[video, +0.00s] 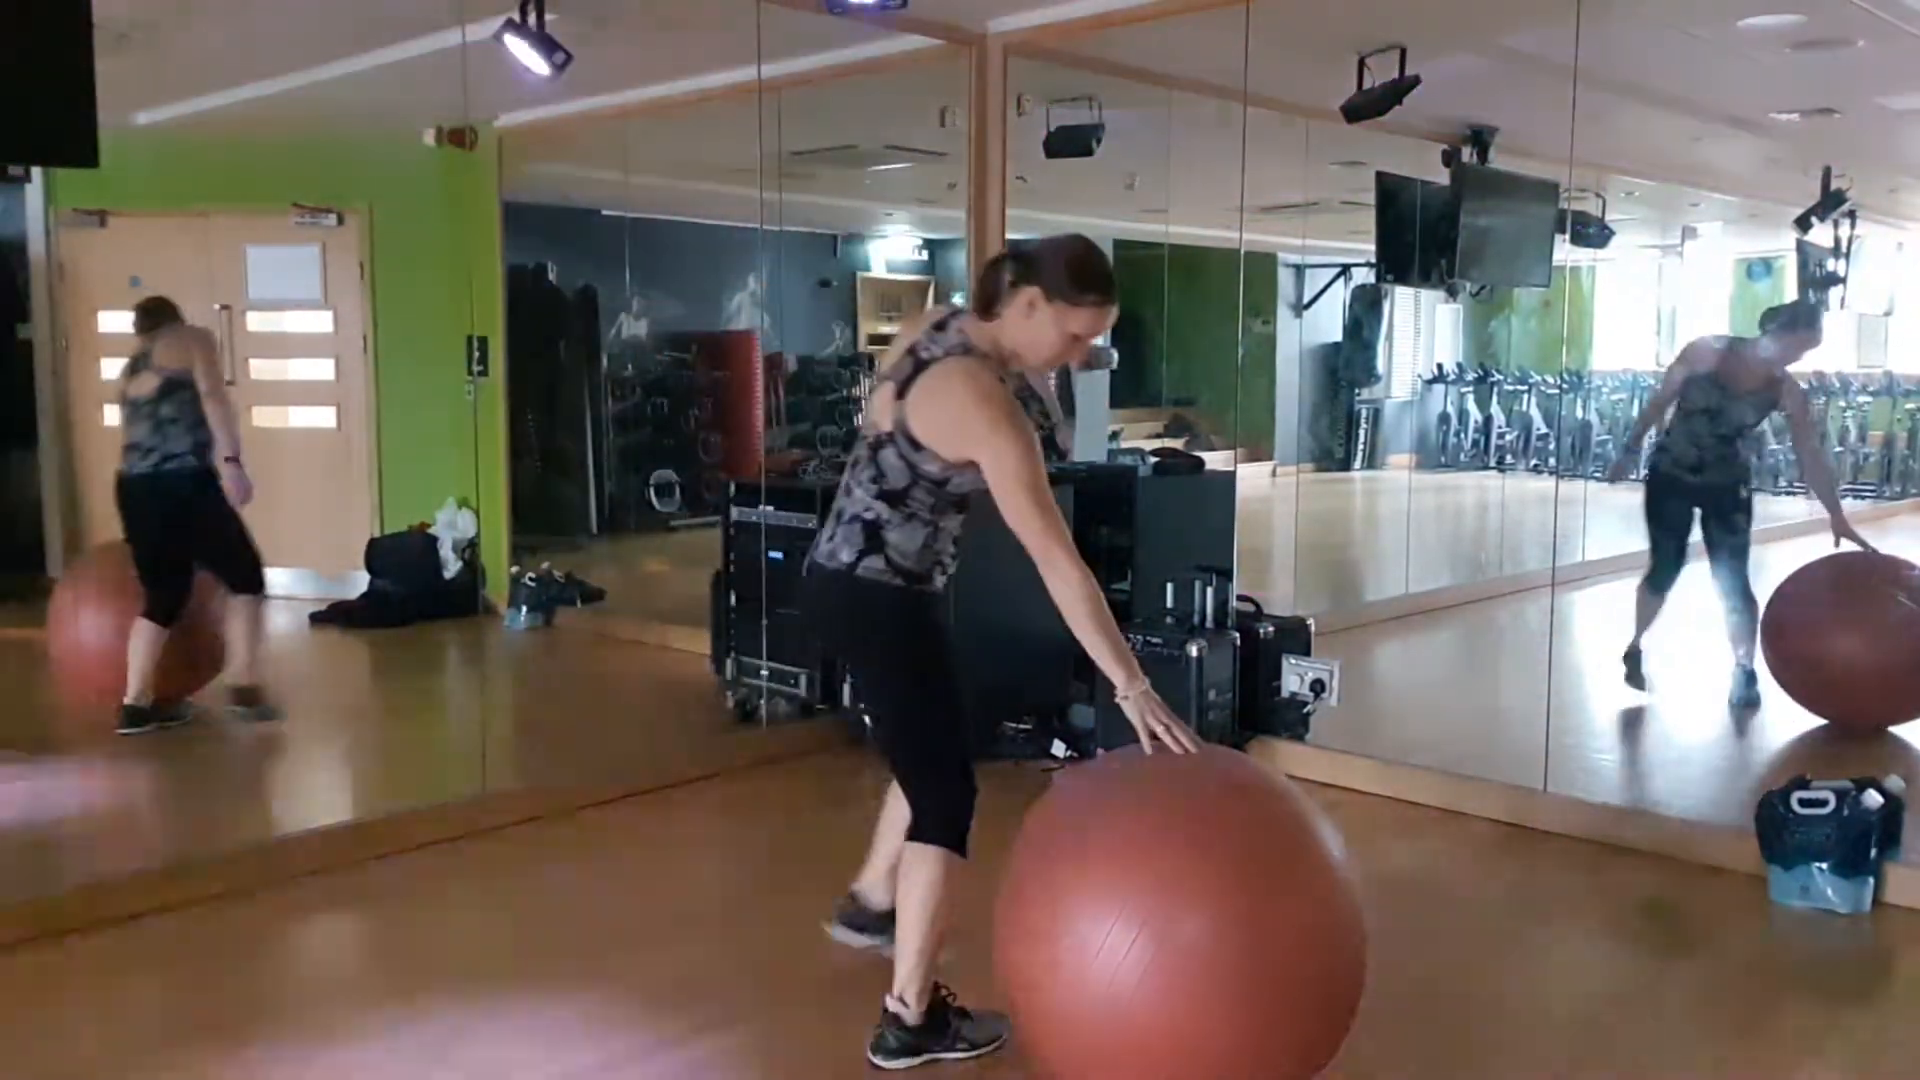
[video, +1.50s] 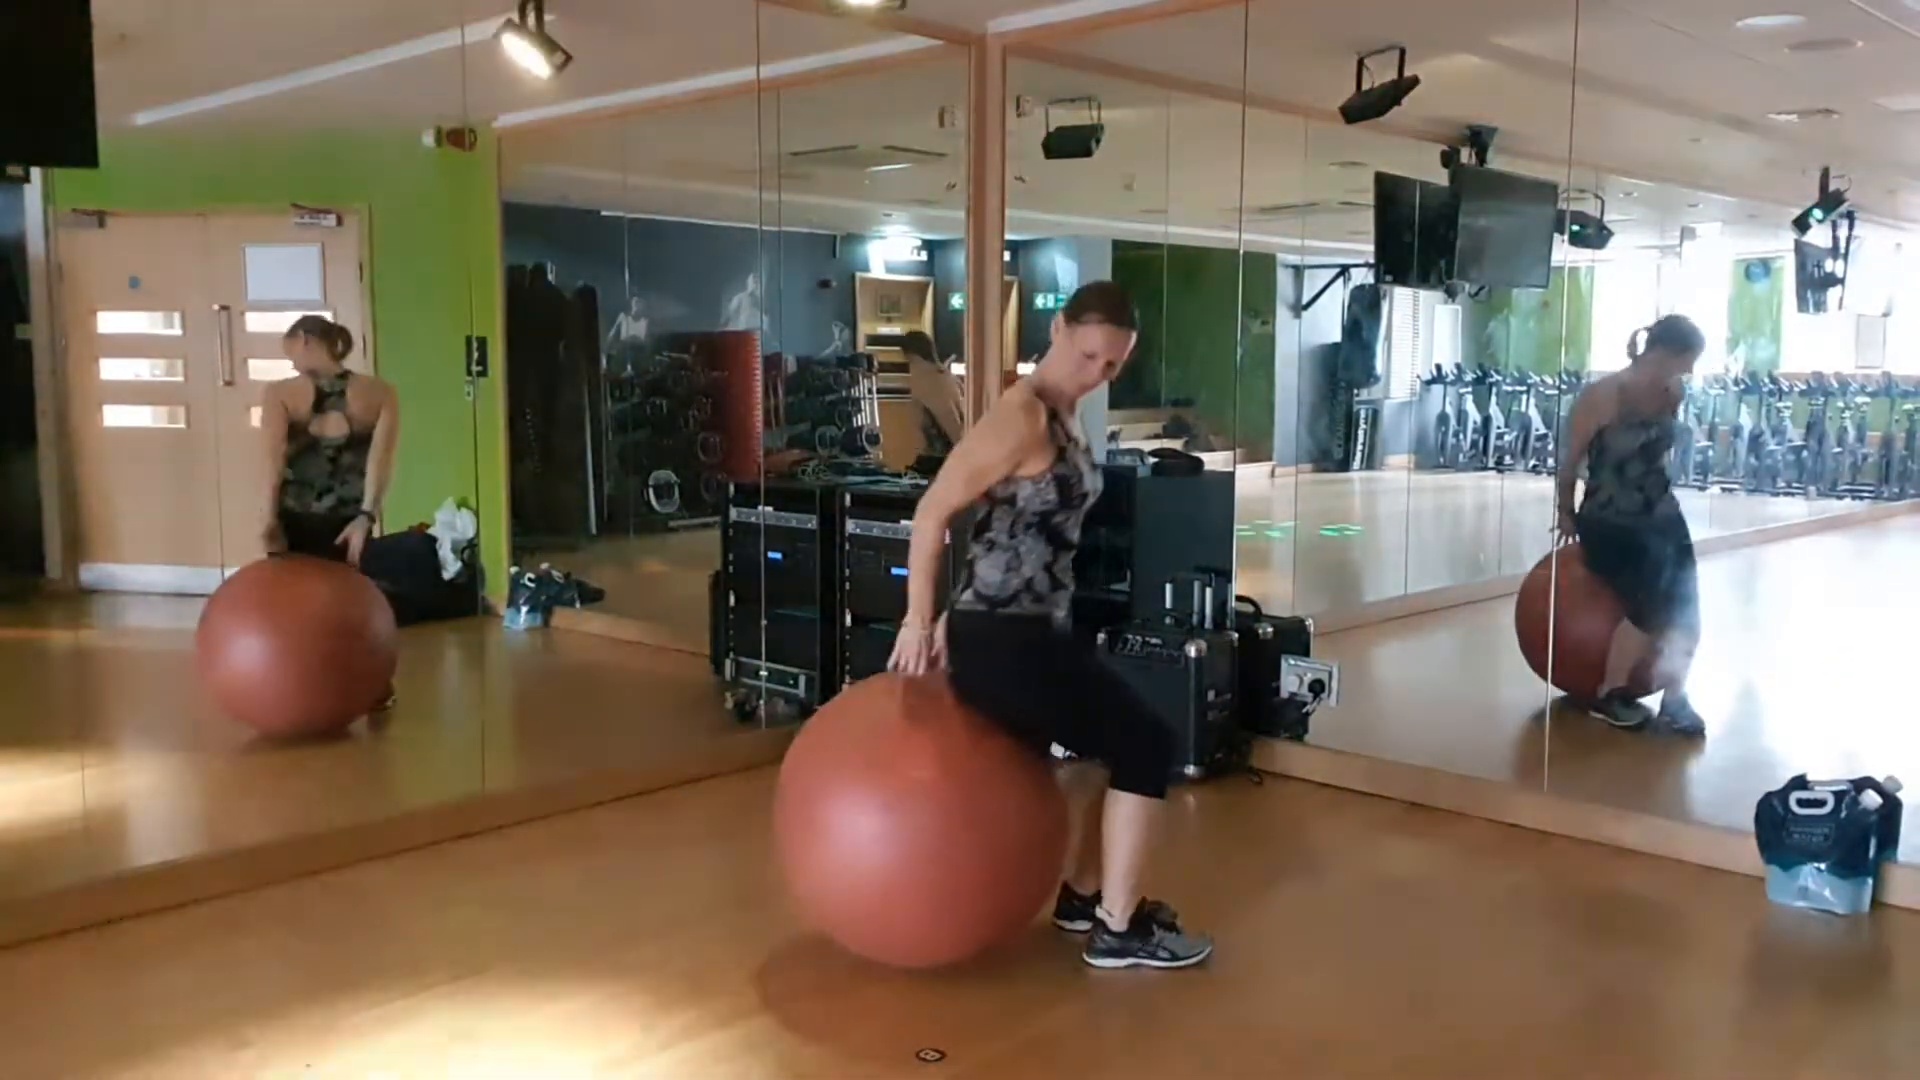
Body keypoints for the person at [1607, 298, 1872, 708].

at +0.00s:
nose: (1800, 356)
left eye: (1807, 349)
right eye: (1801, 345)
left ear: (1796, 344)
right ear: (1778, 333)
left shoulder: (1786, 391)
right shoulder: (1705, 353)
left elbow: (1811, 456)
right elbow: (1660, 401)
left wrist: (1837, 516)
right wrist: (1629, 451)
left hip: (1725, 478)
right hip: (1671, 470)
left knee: (1732, 579)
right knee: (1666, 566)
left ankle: (1744, 671)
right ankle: (1634, 646)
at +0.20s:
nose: (1774, 365)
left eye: (1780, 357)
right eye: (1774, 353)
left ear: (1771, 351)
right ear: (1751, 338)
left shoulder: (1753, 395)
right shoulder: (1676, 350)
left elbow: (1776, 460)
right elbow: (1632, 399)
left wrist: (1811, 517)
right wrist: (1600, 439)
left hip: (1680, 480)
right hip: (1626, 470)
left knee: (1697, 582)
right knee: (1610, 572)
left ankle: (1734, 667)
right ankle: (1576, 670)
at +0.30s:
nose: (1760, 368)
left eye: (1765, 361)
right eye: (1761, 357)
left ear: (1742, 349)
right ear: (1738, 343)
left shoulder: (1729, 393)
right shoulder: (1659, 356)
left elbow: (1742, 461)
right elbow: (1607, 408)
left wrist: (1776, 522)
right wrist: (1572, 464)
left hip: (1659, 491)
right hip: (1606, 483)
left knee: (1664, 589)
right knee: (1597, 581)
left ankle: (1699, 652)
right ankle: (1571, 673)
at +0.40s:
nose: (1742, 366)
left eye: (1747, 361)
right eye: (1743, 356)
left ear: (1729, 346)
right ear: (1722, 339)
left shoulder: (1712, 397)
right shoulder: (1646, 356)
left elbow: (1707, 464)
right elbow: (1598, 407)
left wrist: (1721, 521)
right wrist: (1570, 461)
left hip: (1646, 492)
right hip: (1592, 482)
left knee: (1648, 593)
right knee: (1591, 581)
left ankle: (1650, 662)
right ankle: (1571, 673)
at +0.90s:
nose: (1738, 361)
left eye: (1743, 354)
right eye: (1741, 350)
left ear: (1724, 337)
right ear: (1724, 332)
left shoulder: (1697, 387)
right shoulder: (1651, 349)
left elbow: (1674, 450)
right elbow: (1612, 405)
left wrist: (1675, 500)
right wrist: (1610, 468)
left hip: (1664, 493)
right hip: (1616, 484)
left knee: (1677, 590)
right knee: (1639, 583)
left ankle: (1669, 689)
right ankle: (1580, 656)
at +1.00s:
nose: (1736, 361)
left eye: (1742, 353)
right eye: (1739, 350)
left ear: (1723, 336)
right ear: (1722, 332)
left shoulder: (1695, 384)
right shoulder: (1648, 354)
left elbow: (1670, 444)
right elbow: (1610, 413)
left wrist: (1676, 496)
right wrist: (1593, 477)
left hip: (1670, 495)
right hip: (1623, 490)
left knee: (1680, 590)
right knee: (1657, 589)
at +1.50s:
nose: (1682, 376)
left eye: (1686, 369)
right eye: (1680, 367)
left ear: (1681, 360)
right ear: (1658, 355)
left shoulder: (1672, 395)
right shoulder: (1602, 395)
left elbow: (1651, 452)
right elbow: (1571, 457)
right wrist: (1565, 510)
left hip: (1660, 511)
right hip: (1608, 513)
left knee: (1685, 606)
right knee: (1653, 598)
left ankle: (1673, 698)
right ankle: (1612, 693)